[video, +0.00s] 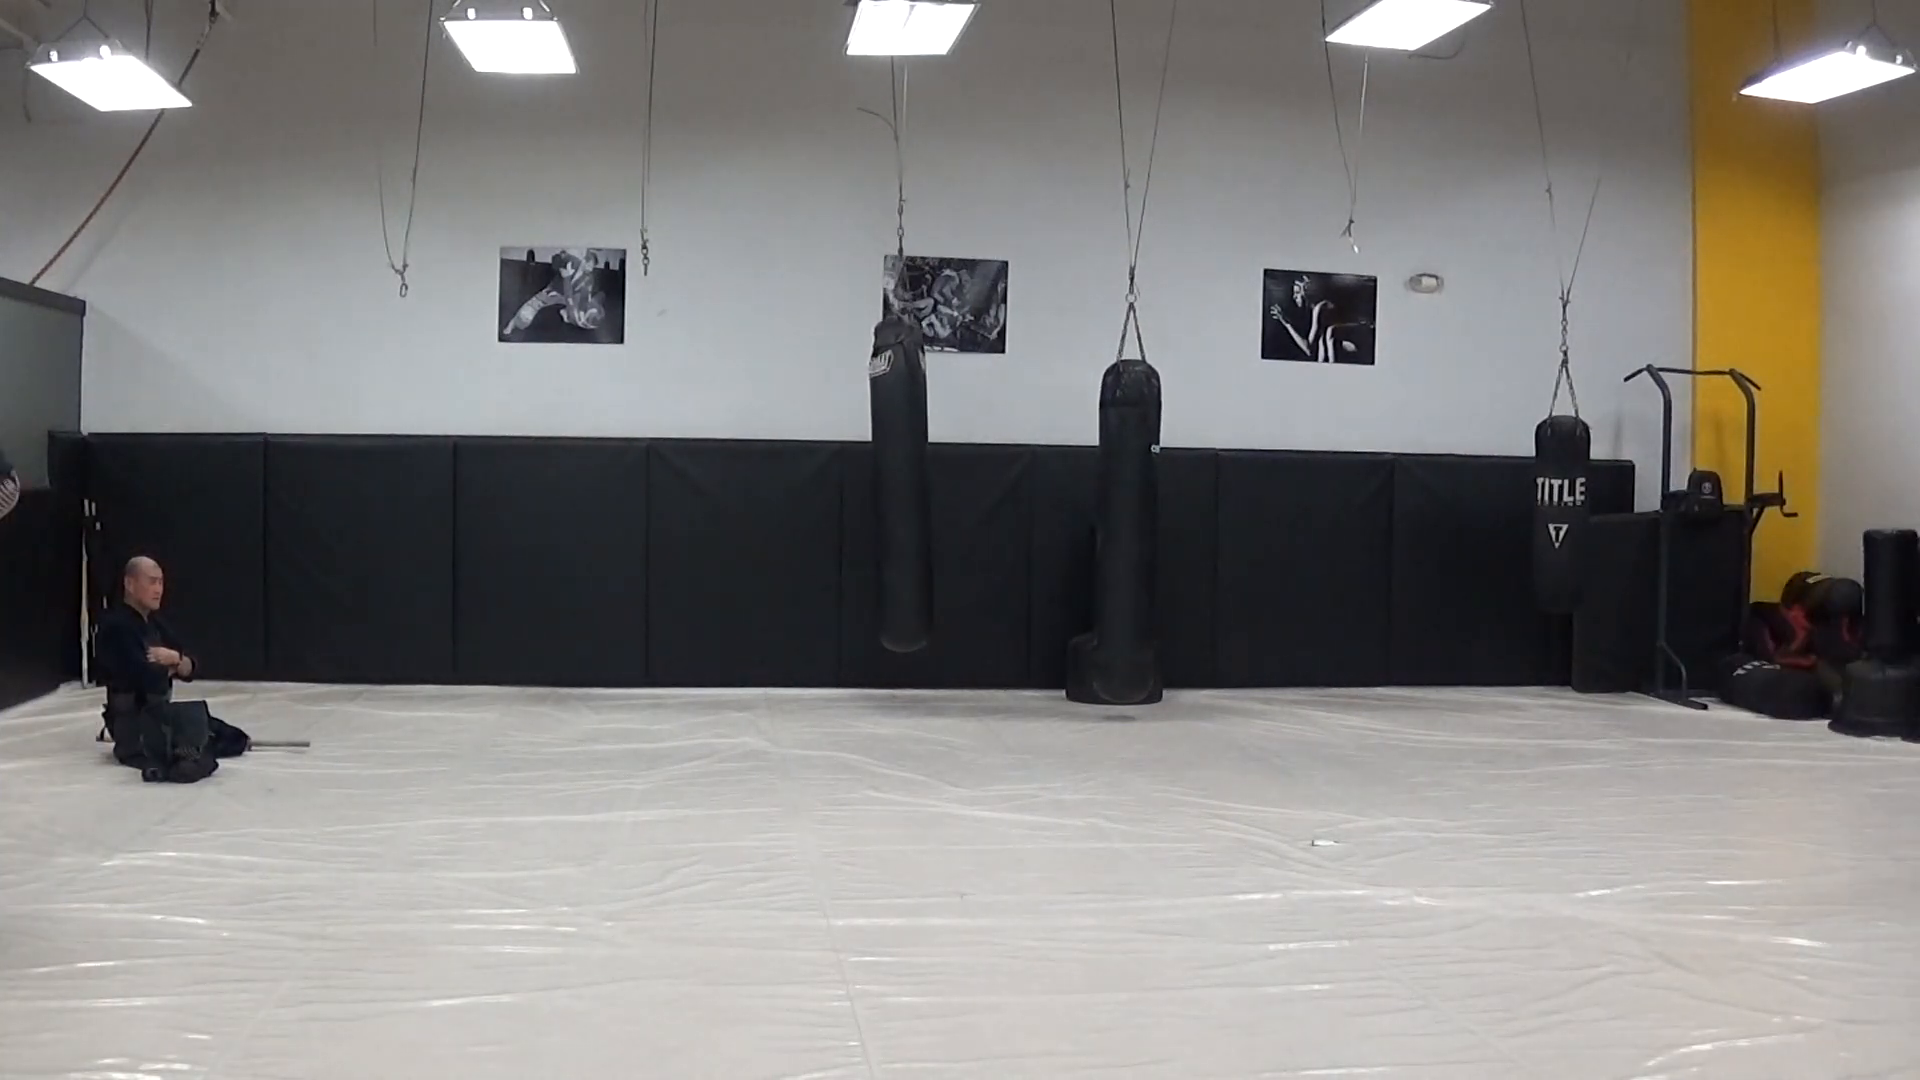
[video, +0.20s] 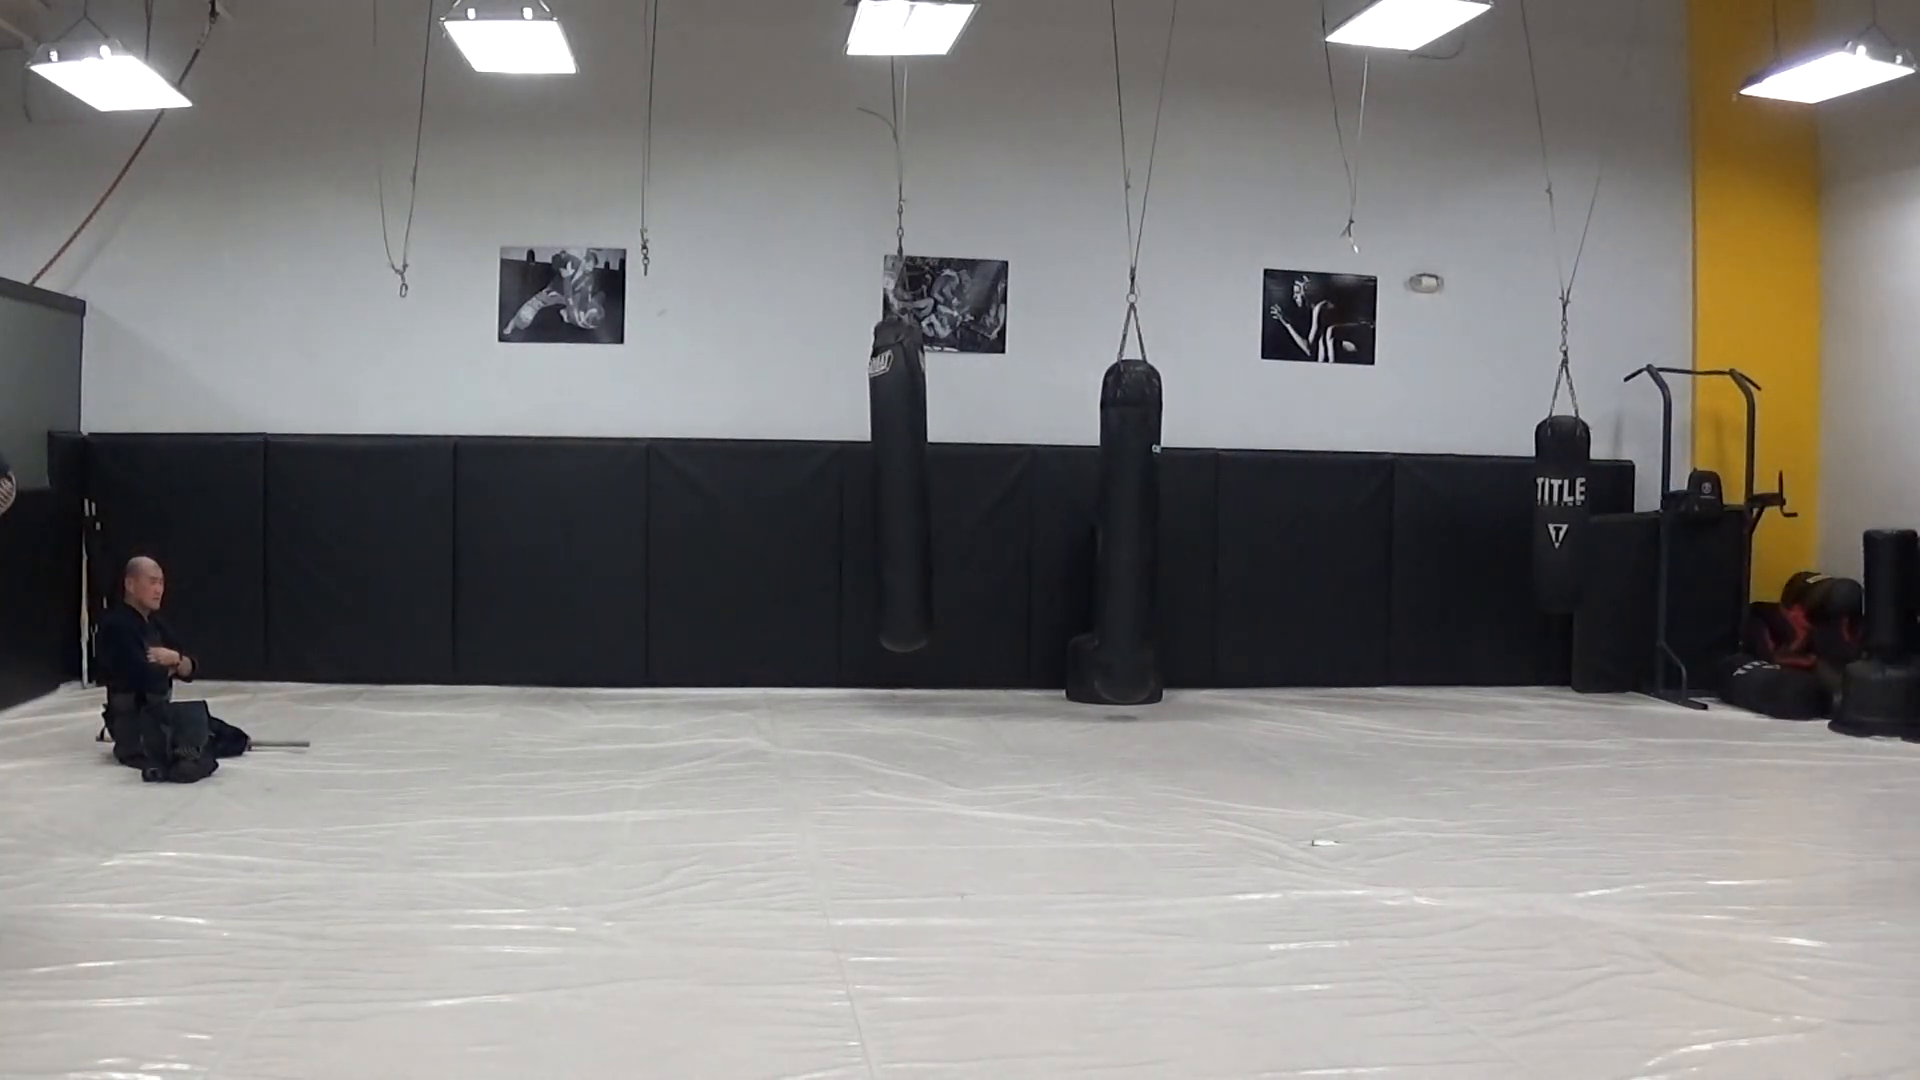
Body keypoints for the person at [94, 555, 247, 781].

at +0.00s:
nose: (159, 589)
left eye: (161, 582)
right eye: (152, 582)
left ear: (163, 584)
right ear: (129, 584)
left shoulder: (155, 622)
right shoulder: (114, 625)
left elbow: (192, 670)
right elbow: (142, 678)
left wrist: (176, 658)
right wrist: (173, 667)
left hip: (161, 721)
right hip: (132, 731)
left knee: (237, 740)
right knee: (200, 760)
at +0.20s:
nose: (159, 589)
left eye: (161, 583)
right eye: (152, 582)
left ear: (164, 585)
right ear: (130, 584)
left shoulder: (155, 622)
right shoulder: (115, 624)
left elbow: (191, 670)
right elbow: (140, 676)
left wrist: (176, 658)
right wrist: (173, 667)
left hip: (161, 720)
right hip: (132, 731)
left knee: (237, 740)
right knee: (200, 761)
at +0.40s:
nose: (160, 590)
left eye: (162, 583)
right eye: (153, 582)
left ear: (164, 585)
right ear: (130, 584)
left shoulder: (156, 622)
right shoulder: (115, 624)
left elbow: (190, 671)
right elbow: (140, 677)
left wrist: (176, 659)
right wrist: (172, 667)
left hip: (162, 721)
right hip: (132, 732)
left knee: (237, 740)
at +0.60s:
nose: (160, 590)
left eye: (161, 583)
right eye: (153, 582)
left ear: (164, 585)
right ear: (130, 585)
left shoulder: (156, 622)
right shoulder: (115, 625)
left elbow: (190, 671)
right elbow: (141, 677)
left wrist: (175, 658)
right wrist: (173, 667)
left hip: (160, 719)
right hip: (131, 728)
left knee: (237, 739)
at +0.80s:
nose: (159, 589)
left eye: (160, 583)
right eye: (152, 582)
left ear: (163, 585)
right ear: (129, 585)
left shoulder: (157, 623)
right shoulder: (114, 623)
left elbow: (192, 671)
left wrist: (178, 659)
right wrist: (172, 667)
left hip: (162, 717)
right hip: (129, 724)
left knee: (236, 740)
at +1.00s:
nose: (159, 589)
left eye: (160, 582)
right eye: (152, 582)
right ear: (129, 585)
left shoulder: (155, 623)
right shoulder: (114, 624)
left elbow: (169, 674)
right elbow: (136, 664)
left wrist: (190, 669)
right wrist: (175, 654)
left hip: (162, 716)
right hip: (129, 723)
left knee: (236, 740)